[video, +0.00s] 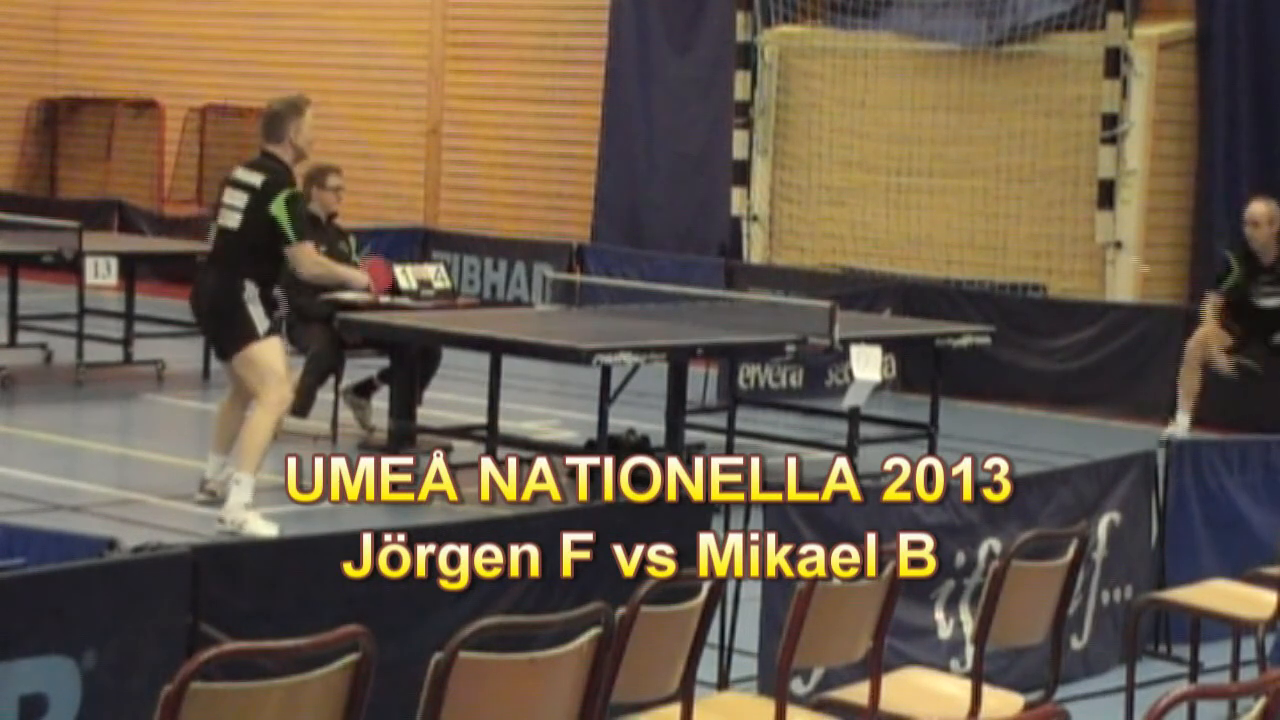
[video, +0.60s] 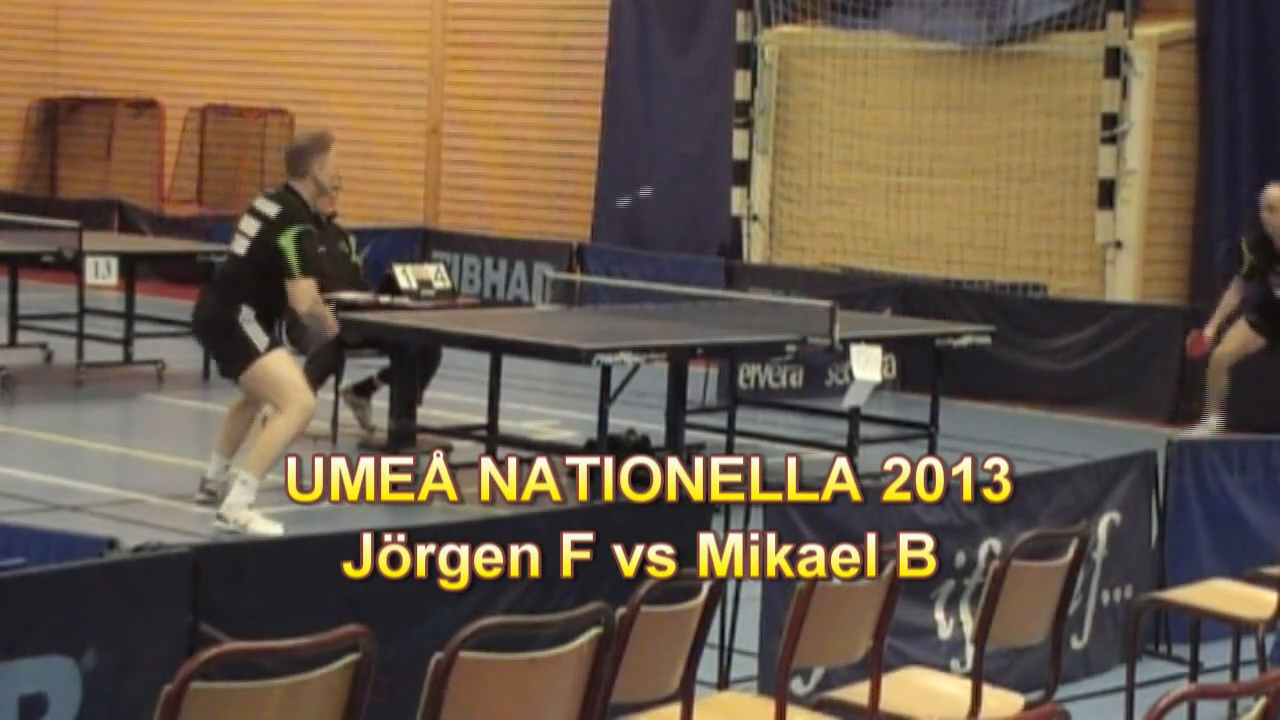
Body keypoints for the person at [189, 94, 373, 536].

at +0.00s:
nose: (313, 135)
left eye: (311, 126)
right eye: (309, 127)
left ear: (270, 132)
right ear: (292, 132)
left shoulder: (243, 172)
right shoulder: (280, 187)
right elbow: (305, 262)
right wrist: (356, 277)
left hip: (211, 287)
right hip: (237, 293)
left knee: (244, 388)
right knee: (276, 390)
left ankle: (216, 474)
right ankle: (238, 503)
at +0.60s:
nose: (336, 172)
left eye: (334, 163)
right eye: (331, 164)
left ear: (298, 169)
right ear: (314, 169)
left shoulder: (267, 201)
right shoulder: (295, 221)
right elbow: (304, 302)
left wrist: (308, 303)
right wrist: (325, 319)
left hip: (216, 310)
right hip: (236, 317)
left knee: (255, 395)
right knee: (299, 403)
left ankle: (215, 477)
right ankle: (237, 503)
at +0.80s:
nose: (352, 168)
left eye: (350, 160)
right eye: (349, 160)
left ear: (310, 161)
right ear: (335, 164)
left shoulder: (272, 189)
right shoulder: (320, 212)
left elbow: (269, 251)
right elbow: (353, 276)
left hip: (209, 294)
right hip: (243, 303)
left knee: (235, 390)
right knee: (295, 404)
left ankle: (220, 480)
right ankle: (236, 506)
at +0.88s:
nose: (352, 160)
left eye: (351, 153)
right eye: (350, 153)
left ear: (308, 153)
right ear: (339, 158)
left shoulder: (268, 182)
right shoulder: (330, 210)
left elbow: (221, 235)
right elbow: (375, 273)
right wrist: (387, 263)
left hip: (208, 281)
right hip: (243, 293)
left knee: (233, 388)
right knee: (291, 402)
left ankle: (220, 478)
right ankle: (236, 505)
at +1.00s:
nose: (351, 149)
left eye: (350, 142)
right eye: (348, 142)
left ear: (305, 145)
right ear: (336, 147)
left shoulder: (264, 174)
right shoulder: (335, 201)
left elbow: (208, 218)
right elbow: (400, 236)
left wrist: (219, 256)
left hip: (214, 281)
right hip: (253, 289)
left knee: (233, 384)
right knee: (301, 393)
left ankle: (217, 480)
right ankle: (245, 492)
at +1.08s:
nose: (352, 143)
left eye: (351, 135)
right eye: (348, 136)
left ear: (305, 141)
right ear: (334, 142)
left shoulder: (263, 173)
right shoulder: (335, 198)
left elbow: (205, 215)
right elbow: (403, 233)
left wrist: (202, 257)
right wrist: (464, 211)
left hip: (219, 282)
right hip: (261, 291)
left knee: (238, 383)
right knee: (320, 389)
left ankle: (216, 481)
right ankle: (270, 486)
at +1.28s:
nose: (357, 143)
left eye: (355, 135)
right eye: (352, 136)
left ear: (313, 143)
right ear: (337, 143)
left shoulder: (272, 181)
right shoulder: (336, 203)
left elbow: (229, 232)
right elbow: (386, 259)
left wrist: (242, 271)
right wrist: (434, 246)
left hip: (244, 294)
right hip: (284, 301)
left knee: (265, 380)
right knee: (352, 395)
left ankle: (227, 468)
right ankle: (334, 503)